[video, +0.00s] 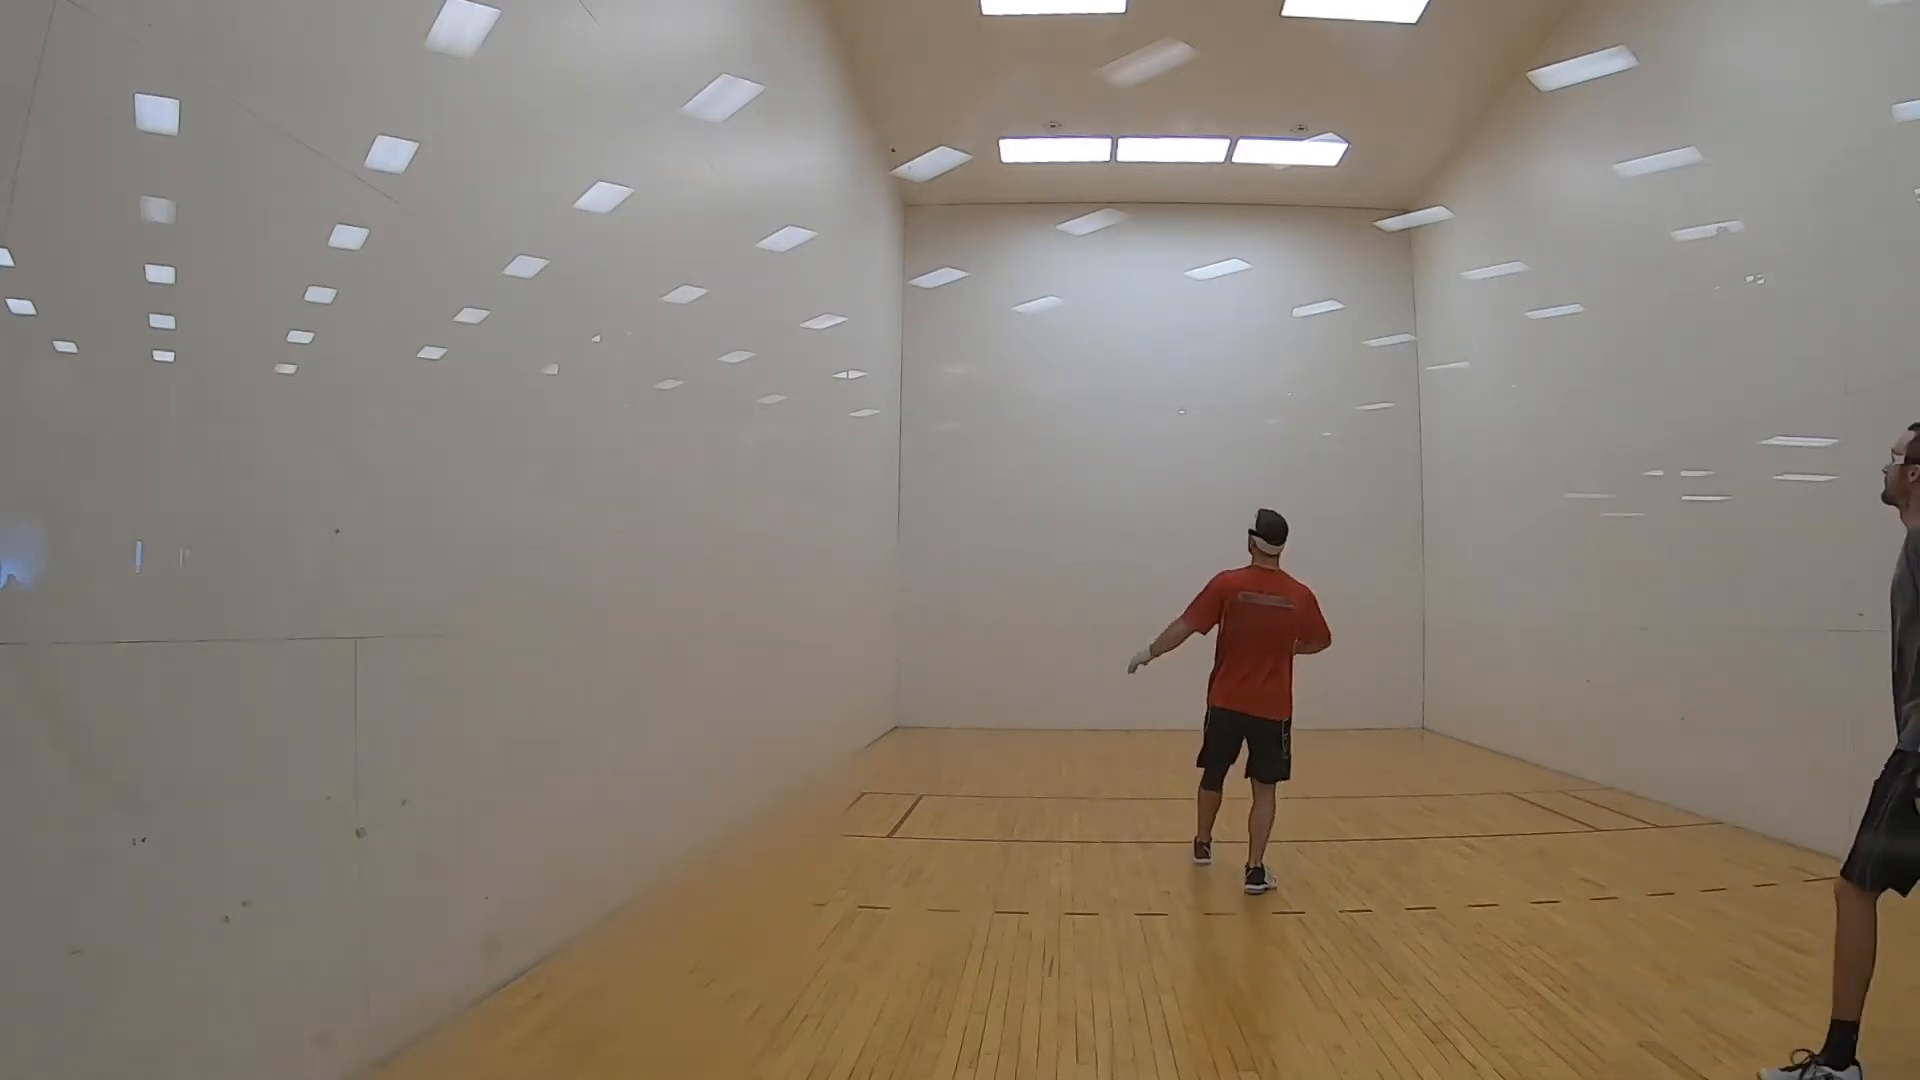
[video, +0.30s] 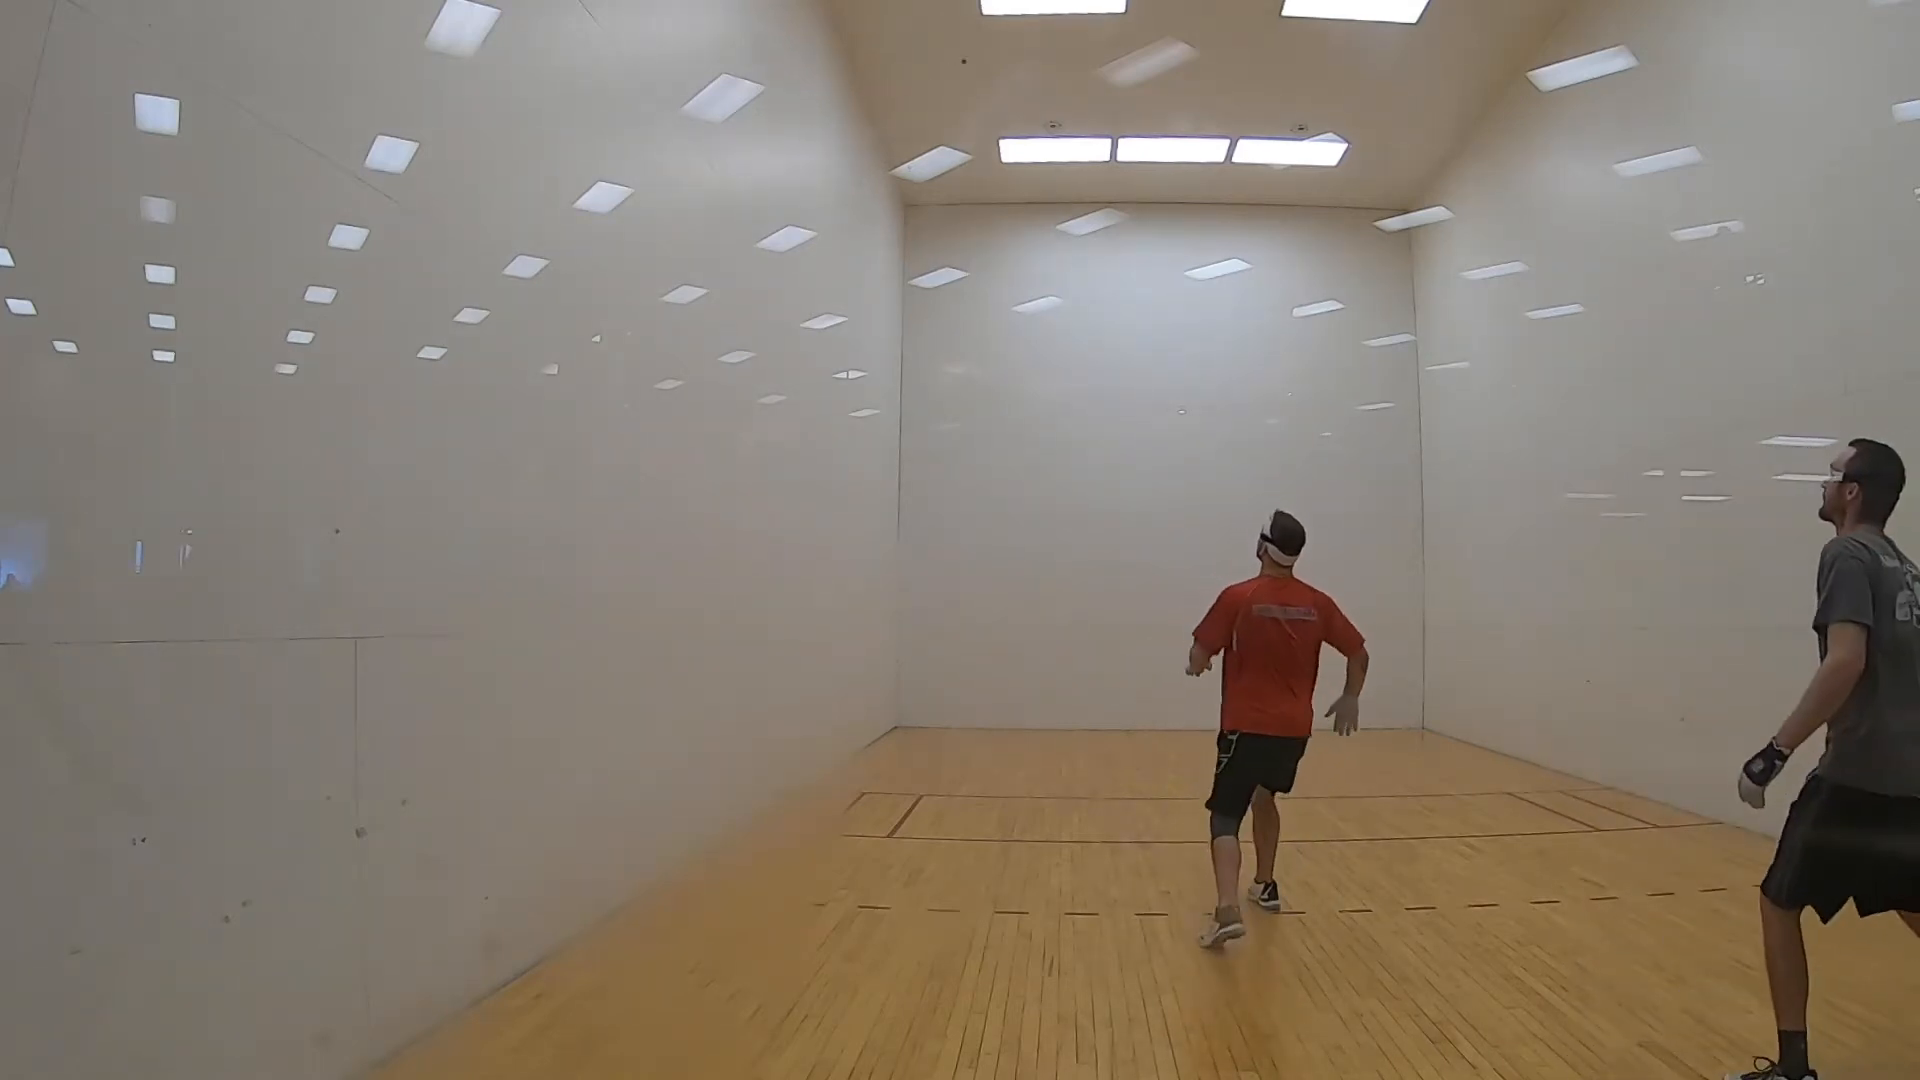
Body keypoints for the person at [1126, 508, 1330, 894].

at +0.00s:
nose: (1248, 541)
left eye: (1249, 536)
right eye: (1257, 537)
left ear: (1252, 541)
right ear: (1283, 545)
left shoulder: (1226, 583)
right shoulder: (1300, 595)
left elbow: (1186, 626)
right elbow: (1320, 641)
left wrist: (1149, 652)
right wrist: (1284, 644)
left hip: (1226, 701)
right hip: (1272, 708)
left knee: (1213, 774)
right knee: (1264, 789)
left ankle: (1203, 843)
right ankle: (1255, 869)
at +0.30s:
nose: (1258, 548)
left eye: (1260, 543)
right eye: (1267, 544)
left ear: (1262, 549)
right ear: (1298, 554)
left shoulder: (1238, 597)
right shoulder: (1319, 603)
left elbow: (1199, 656)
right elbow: (1358, 650)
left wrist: (1199, 661)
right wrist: (1351, 695)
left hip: (1245, 729)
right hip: (1294, 731)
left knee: (1224, 817)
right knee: (1265, 799)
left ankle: (1228, 912)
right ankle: (1265, 884)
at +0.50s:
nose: (1281, 527)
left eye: (1283, 522)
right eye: (1290, 523)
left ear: (1286, 528)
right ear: (1324, 534)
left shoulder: (1259, 579)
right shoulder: (1348, 587)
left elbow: (1227, 639)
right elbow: (1376, 648)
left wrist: (1223, 678)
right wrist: (1347, 687)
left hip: (1274, 722)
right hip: (1330, 722)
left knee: (1252, 819)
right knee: (1319, 807)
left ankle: (1236, 929)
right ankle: (1317, 905)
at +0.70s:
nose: (1325, 529)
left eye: (1326, 523)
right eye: (1336, 524)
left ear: (1328, 529)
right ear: (1370, 535)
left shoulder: (1299, 587)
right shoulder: (1395, 593)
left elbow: (1263, 648)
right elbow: (1424, 663)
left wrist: (1267, 681)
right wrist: (1393, 701)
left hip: (1312, 746)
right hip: (1375, 747)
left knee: (1281, 840)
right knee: (1366, 846)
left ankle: (1271, 950)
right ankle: (1392, 945)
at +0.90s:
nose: (1391, 494)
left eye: (1377, 486)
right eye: (1398, 486)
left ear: (1356, 490)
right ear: (1403, 492)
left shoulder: (1321, 554)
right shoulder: (1433, 558)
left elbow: (1310, 626)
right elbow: (1458, 645)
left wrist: (1346, 663)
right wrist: (1446, 692)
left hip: (1345, 719)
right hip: (1411, 720)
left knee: (1353, 831)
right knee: (1417, 843)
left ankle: (1338, 954)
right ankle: (1418, 958)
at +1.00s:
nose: (1434, 504)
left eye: (1431, 495)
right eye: (1427, 496)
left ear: (1380, 508)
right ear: (1406, 506)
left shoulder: (1339, 571)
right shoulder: (1435, 575)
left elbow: (1332, 651)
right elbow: (1465, 668)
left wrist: (1374, 682)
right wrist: (1478, 710)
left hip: (1364, 745)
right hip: (1430, 747)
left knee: (1376, 854)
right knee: (1454, 858)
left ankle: (1350, 978)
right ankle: (1442, 985)